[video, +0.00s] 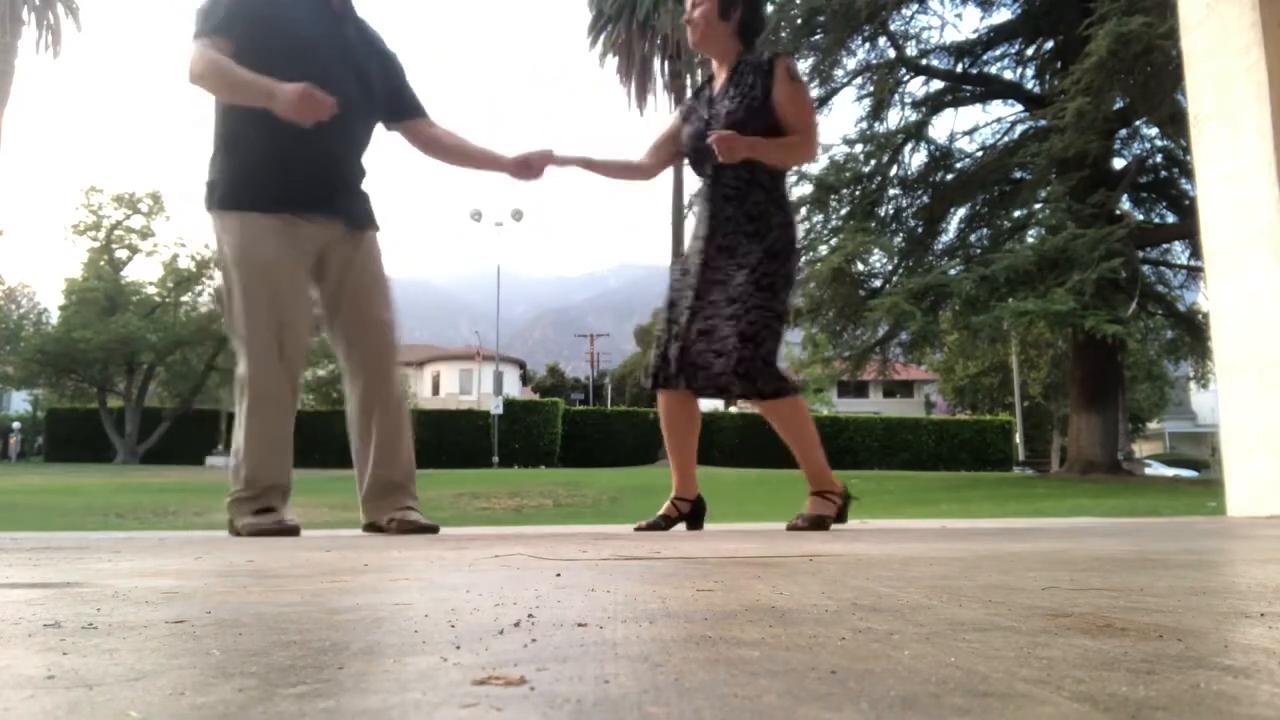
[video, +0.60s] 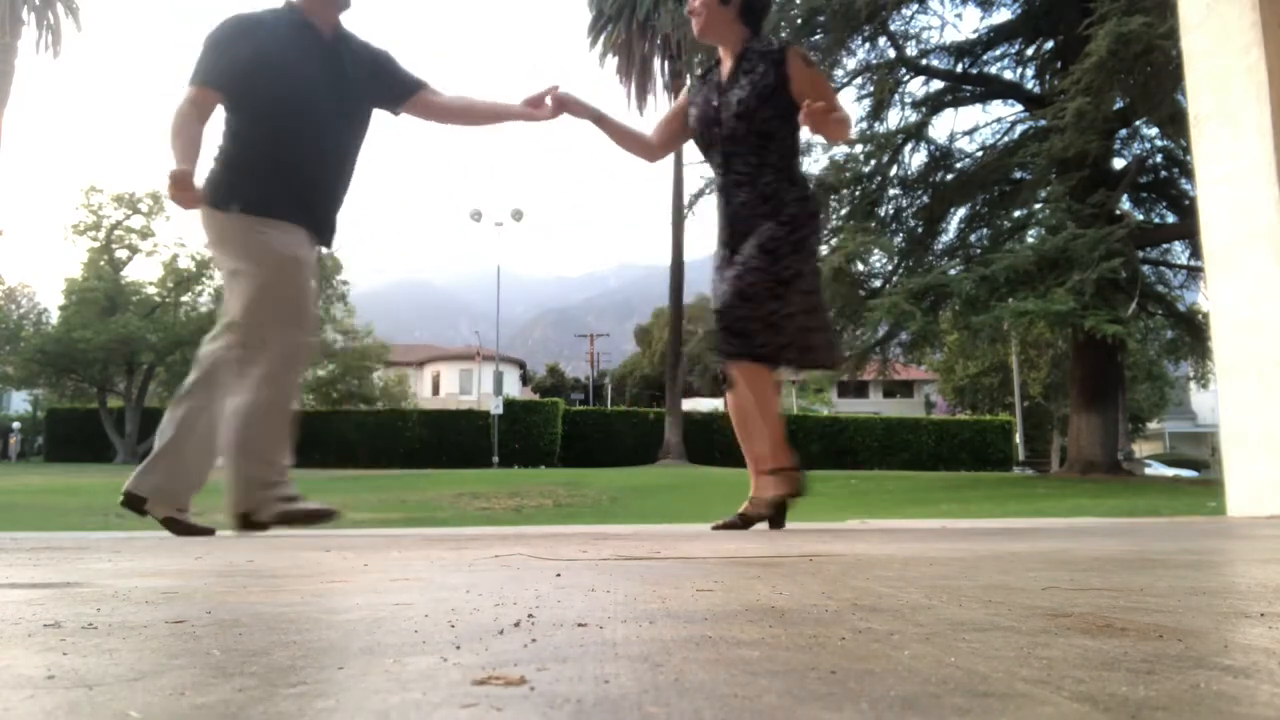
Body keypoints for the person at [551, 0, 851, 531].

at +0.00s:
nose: (686, 14)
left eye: (697, 5)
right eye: (687, 6)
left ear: (730, 14)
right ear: (703, 22)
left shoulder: (773, 70)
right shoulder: (701, 99)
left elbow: (805, 147)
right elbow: (647, 166)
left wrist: (749, 145)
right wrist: (570, 159)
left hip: (762, 237)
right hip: (711, 240)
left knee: (750, 363)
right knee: (674, 362)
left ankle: (827, 490)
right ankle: (684, 497)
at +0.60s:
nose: (690, 8)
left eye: (700, 1)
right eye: (691, 2)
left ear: (734, 6)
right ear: (708, 12)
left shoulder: (784, 61)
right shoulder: (702, 89)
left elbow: (842, 127)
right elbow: (652, 147)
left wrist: (826, 120)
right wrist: (588, 112)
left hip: (786, 217)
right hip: (736, 228)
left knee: (738, 321)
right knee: (735, 349)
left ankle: (779, 465)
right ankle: (763, 486)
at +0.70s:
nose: (676, 10)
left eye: (686, 3)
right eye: (678, 3)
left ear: (718, 9)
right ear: (699, 12)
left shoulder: (765, 63)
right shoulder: (692, 91)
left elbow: (818, 132)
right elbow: (649, 159)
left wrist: (811, 116)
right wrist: (581, 125)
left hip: (760, 223)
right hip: (719, 229)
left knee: (698, 330)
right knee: (733, 366)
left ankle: (705, 478)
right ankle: (764, 496)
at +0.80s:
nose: (653, 20)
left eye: (662, 9)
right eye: (655, 11)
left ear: (691, 12)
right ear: (677, 17)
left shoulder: (732, 67)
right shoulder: (682, 91)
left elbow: (776, 136)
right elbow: (649, 178)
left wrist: (743, 91)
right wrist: (578, 152)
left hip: (726, 238)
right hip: (696, 240)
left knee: (660, 343)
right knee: (726, 369)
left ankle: (654, 486)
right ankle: (762, 494)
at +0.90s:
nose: (616, 15)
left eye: (623, 8)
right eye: (615, 12)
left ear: (648, 3)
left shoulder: (670, 36)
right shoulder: (649, 66)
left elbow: (695, 84)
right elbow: (653, 176)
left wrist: (629, 33)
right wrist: (573, 166)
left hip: (687, 228)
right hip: (684, 229)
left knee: (622, 342)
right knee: (705, 363)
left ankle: (647, 490)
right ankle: (759, 487)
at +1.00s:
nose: (590, 15)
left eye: (596, 9)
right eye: (592, 12)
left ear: (616, 2)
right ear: (644, 6)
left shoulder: (630, 17)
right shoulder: (666, 45)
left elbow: (569, 35)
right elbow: (646, 160)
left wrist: (519, 3)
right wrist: (575, 160)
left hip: (651, 193)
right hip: (690, 195)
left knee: (617, 343)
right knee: (669, 348)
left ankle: (646, 489)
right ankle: (727, 468)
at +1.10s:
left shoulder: (585, 10)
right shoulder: (668, 42)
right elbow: (668, 138)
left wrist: (456, 8)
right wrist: (593, 162)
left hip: (616, 180)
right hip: (676, 185)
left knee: (612, 339)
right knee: (652, 344)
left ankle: (643, 486)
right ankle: (642, 482)